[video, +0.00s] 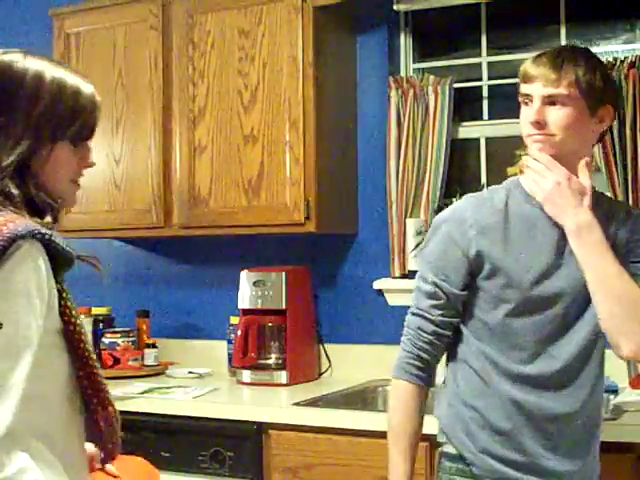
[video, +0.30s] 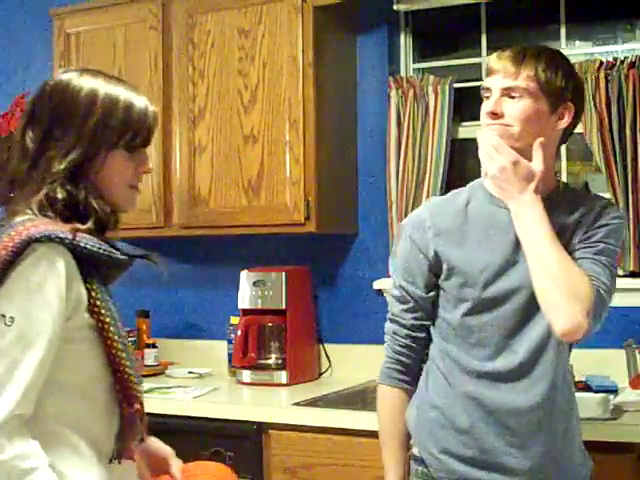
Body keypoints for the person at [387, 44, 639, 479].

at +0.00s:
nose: (534, 118)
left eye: (555, 102)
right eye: (526, 102)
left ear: (601, 120)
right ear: (518, 110)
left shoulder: (622, 227)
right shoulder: (468, 222)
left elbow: (631, 343)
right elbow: (414, 362)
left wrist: (577, 220)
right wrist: (400, 475)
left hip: (573, 466)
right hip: (473, 461)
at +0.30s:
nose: (491, 108)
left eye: (513, 95)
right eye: (487, 95)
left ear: (562, 116)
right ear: (480, 106)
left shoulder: (594, 217)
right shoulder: (430, 225)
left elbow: (572, 321)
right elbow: (399, 364)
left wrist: (521, 198)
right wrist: (395, 473)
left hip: (549, 462)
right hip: (445, 460)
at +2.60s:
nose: (595, 137)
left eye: (617, 126)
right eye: (590, 118)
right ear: (582, 119)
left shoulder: (632, 256)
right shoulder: (499, 200)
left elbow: (635, 368)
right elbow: (416, 297)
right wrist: (397, 384)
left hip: (571, 467)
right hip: (467, 460)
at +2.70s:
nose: (604, 140)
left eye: (626, 131)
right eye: (599, 122)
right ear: (587, 124)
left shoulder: (634, 262)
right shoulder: (505, 198)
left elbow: (637, 375)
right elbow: (411, 287)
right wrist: (390, 362)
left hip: (572, 466)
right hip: (472, 458)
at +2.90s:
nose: (619, 143)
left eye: (637, 132)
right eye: (611, 125)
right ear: (593, 129)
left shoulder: (633, 268)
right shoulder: (514, 195)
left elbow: (638, 375)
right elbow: (405, 276)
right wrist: (382, 376)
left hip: (577, 467)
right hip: (483, 460)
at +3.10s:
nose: (622, 139)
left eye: (637, 128)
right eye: (613, 121)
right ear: (590, 125)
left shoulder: (632, 261)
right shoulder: (509, 199)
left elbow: (635, 380)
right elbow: (408, 293)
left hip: (582, 462)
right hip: (490, 456)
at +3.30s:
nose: (622, 147)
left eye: (638, 135)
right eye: (611, 126)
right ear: (581, 125)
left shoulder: (630, 255)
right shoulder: (507, 202)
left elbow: (630, 365)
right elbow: (440, 322)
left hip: (587, 463)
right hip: (493, 459)